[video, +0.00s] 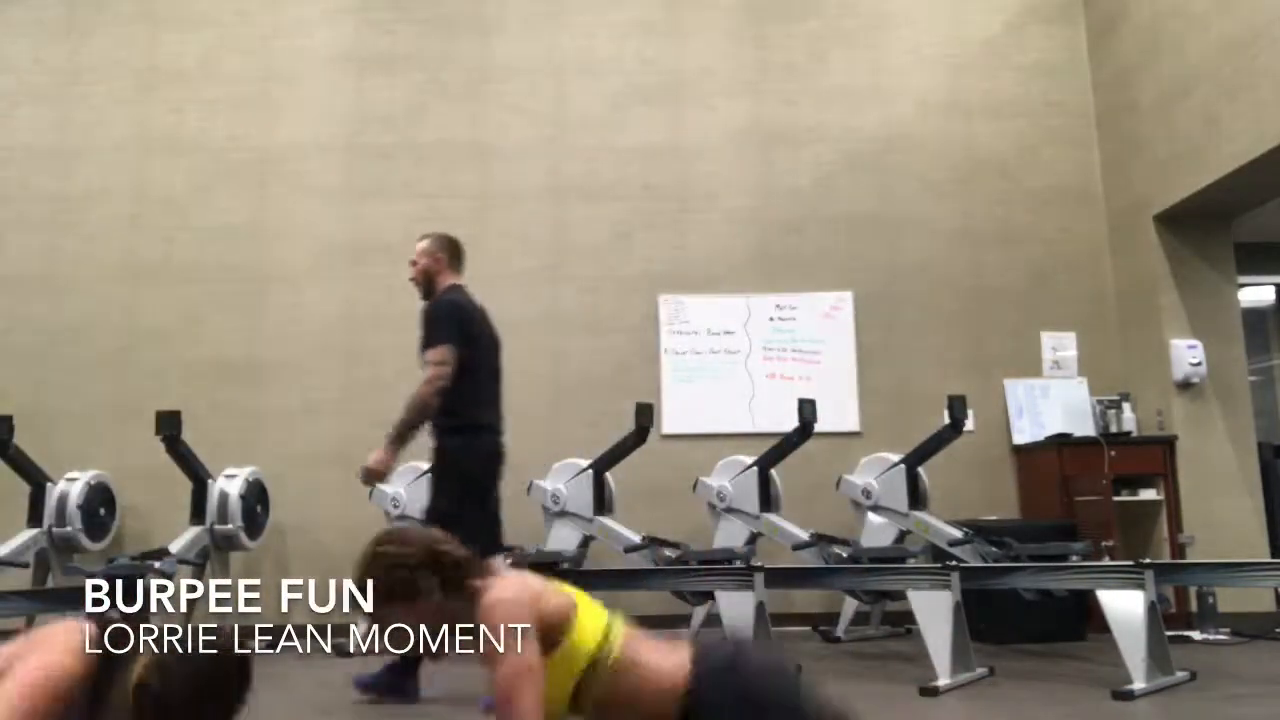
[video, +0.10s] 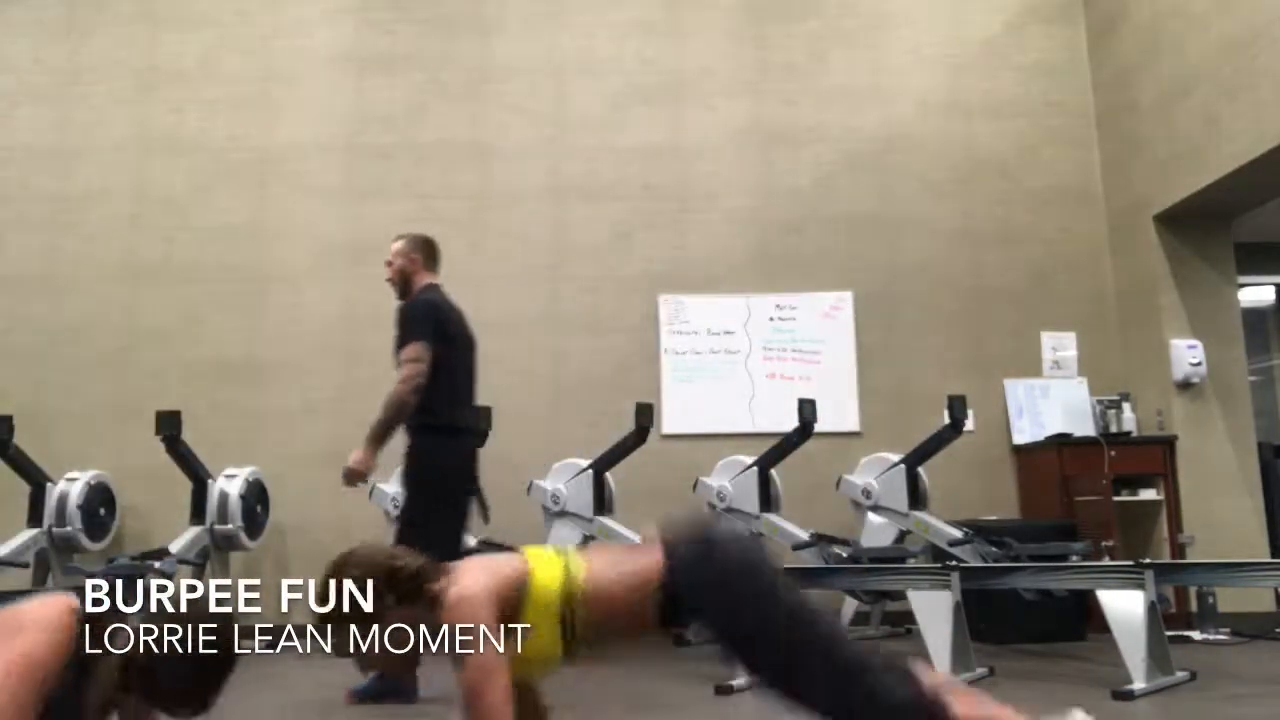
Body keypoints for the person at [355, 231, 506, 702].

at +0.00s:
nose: (410, 271)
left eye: (416, 263)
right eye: (411, 263)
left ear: (439, 263)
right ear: (448, 265)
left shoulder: (444, 307)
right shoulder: (470, 309)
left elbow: (437, 381)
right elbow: (472, 391)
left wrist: (390, 449)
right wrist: (446, 451)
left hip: (460, 452)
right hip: (481, 449)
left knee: (432, 556)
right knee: (481, 558)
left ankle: (403, 668)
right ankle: (515, 667)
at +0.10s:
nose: (387, 272)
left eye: (392, 263)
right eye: (387, 264)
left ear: (415, 263)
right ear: (424, 265)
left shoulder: (420, 307)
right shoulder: (446, 309)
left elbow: (412, 381)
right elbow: (453, 397)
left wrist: (368, 448)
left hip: (434, 454)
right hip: (454, 453)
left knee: (410, 560)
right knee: (436, 561)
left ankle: (396, 672)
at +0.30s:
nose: (326, 270)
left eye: (331, 260)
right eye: (326, 262)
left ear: (355, 260)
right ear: (361, 261)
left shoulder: (369, 303)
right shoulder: (380, 303)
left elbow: (377, 375)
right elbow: (387, 386)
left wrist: (340, 446)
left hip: (376, 444)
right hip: (395, 445)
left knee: (317, 548)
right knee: (385, 552)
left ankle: (352, 668)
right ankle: (397, 669)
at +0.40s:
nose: (291, 276)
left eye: (295, 267)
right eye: (290, 268)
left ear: (318, 265)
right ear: (322, 265)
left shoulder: (339, 310)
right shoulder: (334, 313)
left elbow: (349, 388)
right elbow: (327, 402)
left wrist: (326, 457)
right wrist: (300, 461)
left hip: (346, 456)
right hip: (361, 454)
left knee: (292, 561)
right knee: (373, 562)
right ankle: (396, 670)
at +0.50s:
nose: (261, 277)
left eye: (265, 267)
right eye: (260, 269)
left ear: (289, 266)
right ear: (293, 266)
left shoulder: (311, 314)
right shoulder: (308, 313)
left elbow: (324, 396)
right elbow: (305, 403)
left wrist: (310, 466)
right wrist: (271, 463)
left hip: (313, 465)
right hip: (330, 463)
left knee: (266, 568)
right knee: (348, 568)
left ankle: (243, 679)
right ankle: (390, 664)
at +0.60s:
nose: (221, 273)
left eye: (227, 263)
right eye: (221, 265)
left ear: (254, 262)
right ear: (253, 264)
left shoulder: (275, 310)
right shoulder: (268, 311)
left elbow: (288, 390)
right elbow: (260, 403)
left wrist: (275, 460)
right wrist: (232, 463)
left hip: (282, 460)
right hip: (285, 459)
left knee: (238, 563)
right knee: (283, 566)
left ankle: (240, 678)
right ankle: (348, 639)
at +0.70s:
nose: (186, 275)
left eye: (192, 265)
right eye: (185, 266)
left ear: (217, 259)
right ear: (216, 260)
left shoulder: (244, 302)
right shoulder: (232, 308)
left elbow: (263, 375)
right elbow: (227, 393)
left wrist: (227, 444)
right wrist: (200, 448)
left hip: (262, 441)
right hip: (246, 440)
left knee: (237, 560)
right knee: (224, 556)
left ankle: (240, 680)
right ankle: (274, 641)